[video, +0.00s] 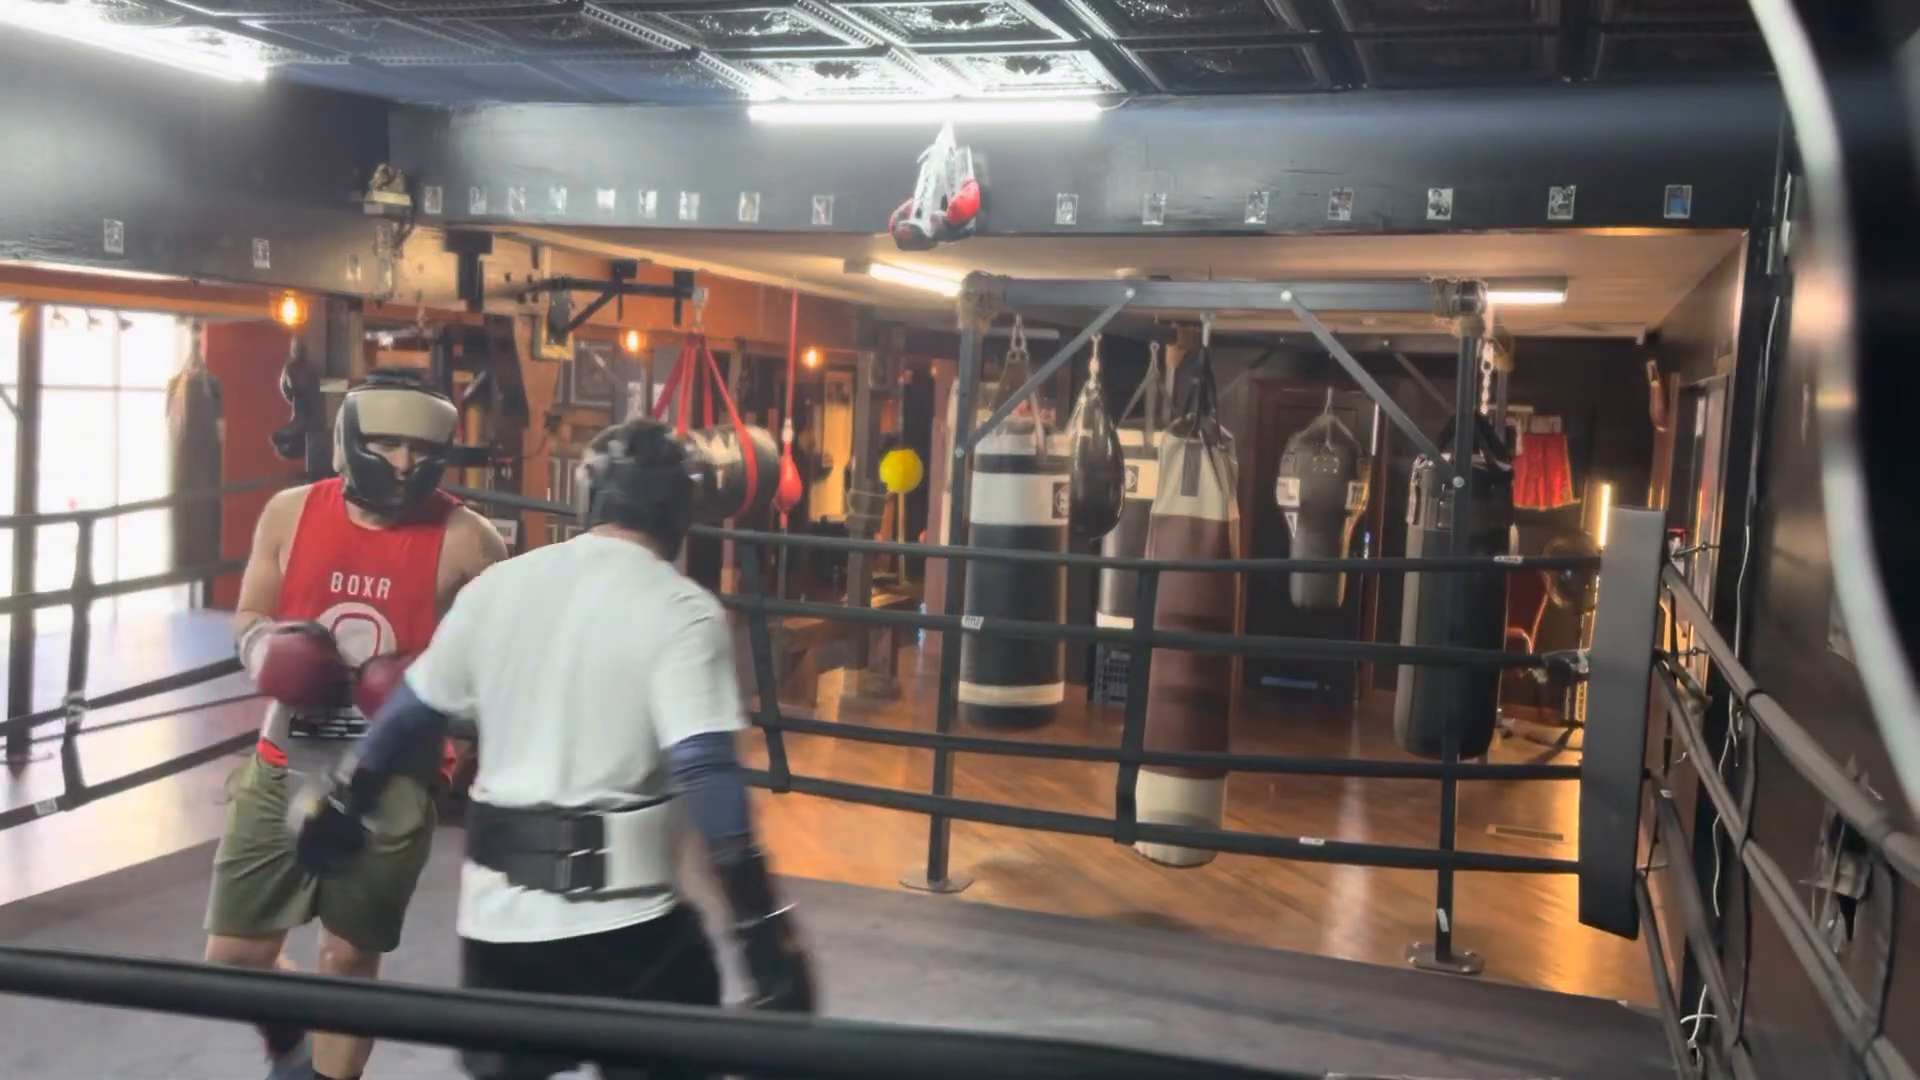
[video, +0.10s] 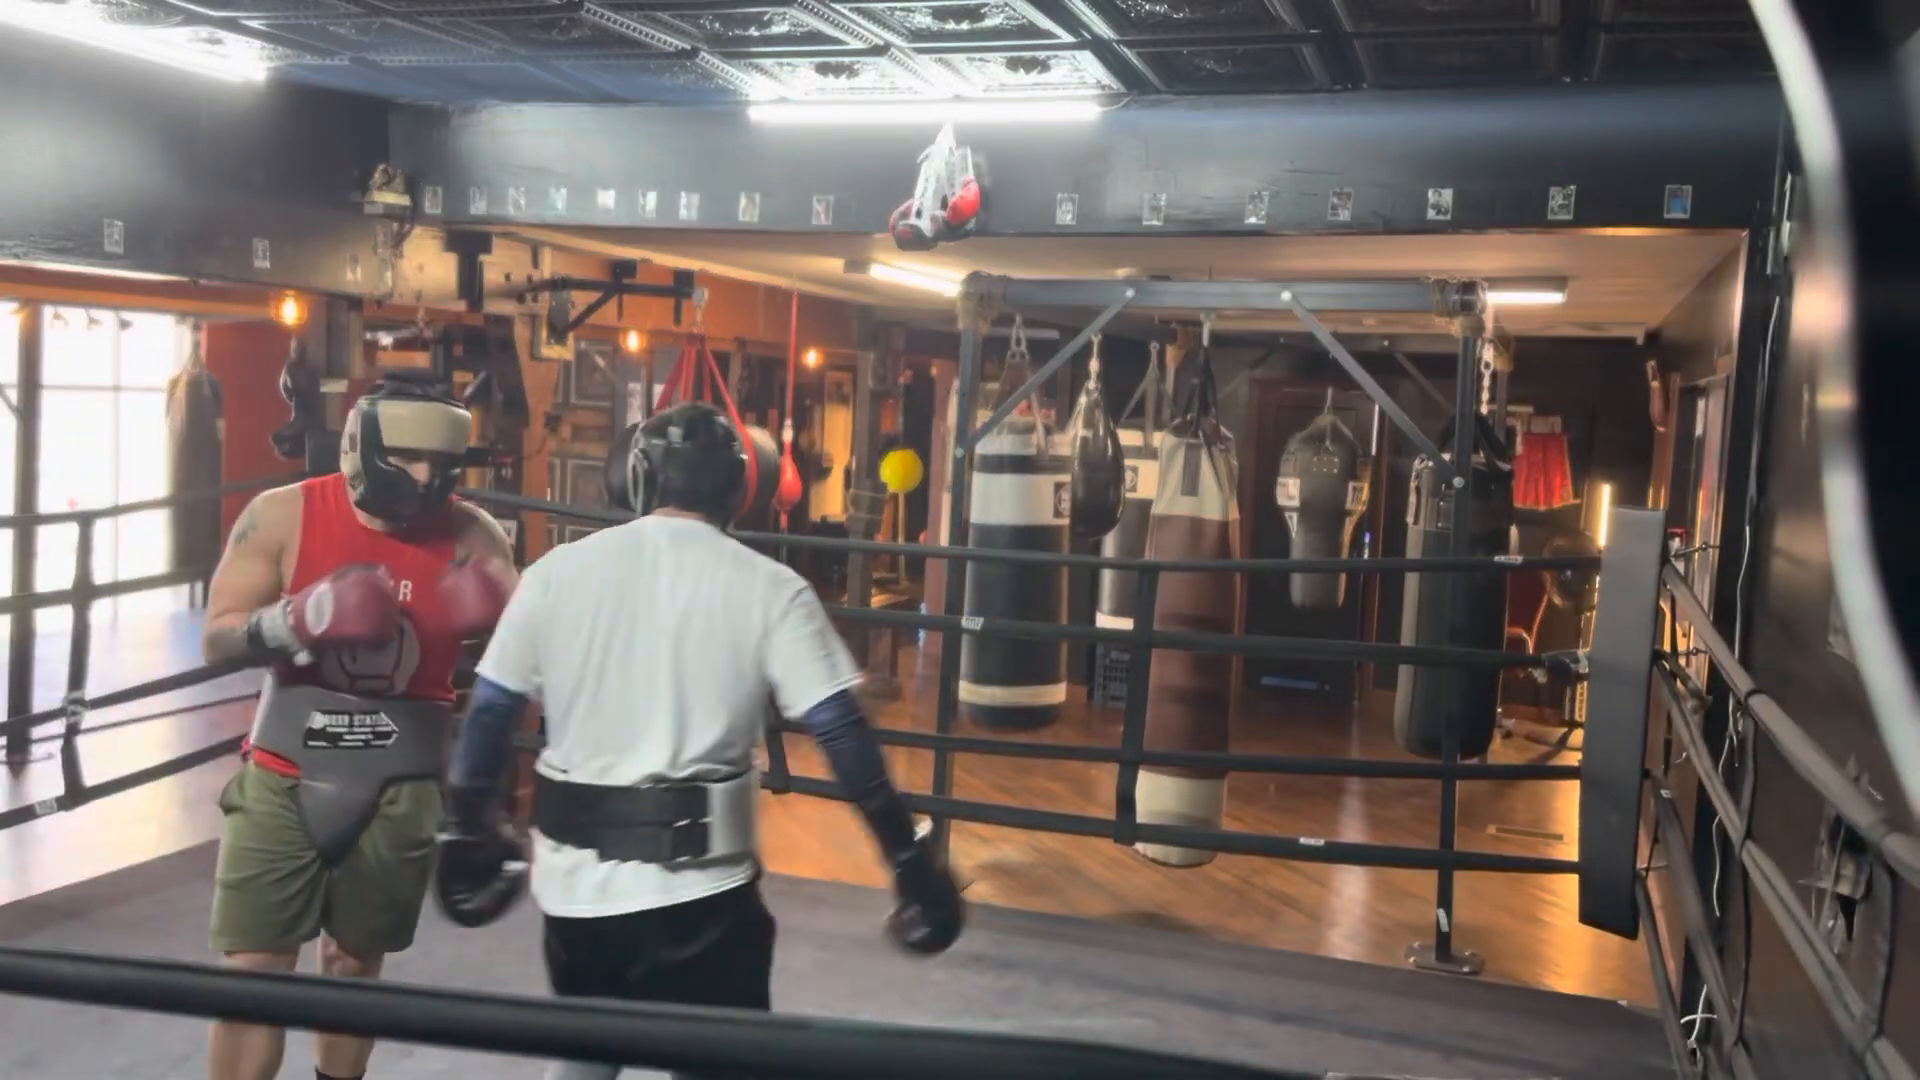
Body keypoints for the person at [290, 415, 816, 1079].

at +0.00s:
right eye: (694, 515)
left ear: (592, 504)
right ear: (680, 518)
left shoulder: (496, 587)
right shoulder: (680, 608)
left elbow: (409, 711)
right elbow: (706, 772)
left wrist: (347, 804)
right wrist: (762, 926)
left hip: (499, 935)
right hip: (628, 935)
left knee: (503, 1067)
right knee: (695, 1066)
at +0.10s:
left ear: (635, 482)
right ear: (734, 495)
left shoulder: (556, 573)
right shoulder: (768, 587)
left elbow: (488, 714)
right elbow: (841, 729)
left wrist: (468, 831)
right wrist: (909, 858)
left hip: (575, 898)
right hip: (702, 900)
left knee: (586, 1050)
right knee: (718, 1064)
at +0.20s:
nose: (776, 494)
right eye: (770, 481)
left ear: (658, 481)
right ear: (754, 488)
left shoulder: (583, 569)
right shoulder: (800, 581)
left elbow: (519, 699)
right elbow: (884, 712)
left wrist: (514, 821)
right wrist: (953, 811)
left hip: (601, 882)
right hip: (728, 883)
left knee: (622, 1058)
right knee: (746, 1068)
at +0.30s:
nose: (676, 490)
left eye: (681, 480)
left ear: (690, 488)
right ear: (782, 493)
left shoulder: (632, 575)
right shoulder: (842, 580)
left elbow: (550, 695)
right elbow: (936, 694)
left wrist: (556, 796)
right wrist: (979, 747)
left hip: (655, 881)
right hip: (780, 881)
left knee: (670, 1056)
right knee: (765, 1062)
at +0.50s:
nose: (699, 509)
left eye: (706, 493)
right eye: (700, 492)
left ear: (741, 495)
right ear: (798, 490)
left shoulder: (692, 578)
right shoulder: (886, 568)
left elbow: (593, 687)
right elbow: (938, 686)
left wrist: (611, 727)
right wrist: (859, 659)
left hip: (732, 868)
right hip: (857, 867)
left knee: (716, 1046)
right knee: (883, 1025)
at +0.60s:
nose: (719, 514)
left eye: (727, 497)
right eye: (718, 497)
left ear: (772, 492)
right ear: (812, 487)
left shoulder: (733, 571)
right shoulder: (910, 562)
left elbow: (636, 676)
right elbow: (945, 681)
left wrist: (611, 649)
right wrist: (864, 660)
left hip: (773, 850)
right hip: (895, 845)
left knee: (747, 1030)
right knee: (920, 996)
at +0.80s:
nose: (787, 541)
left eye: (797, 525)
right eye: (786, 525)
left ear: (849, 522)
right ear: (855, 521)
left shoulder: (848, 594)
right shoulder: (942, 579)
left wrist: (742, 649)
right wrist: (795, 609)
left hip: (868, 856)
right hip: (962, 850)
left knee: (780, 1018)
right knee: (973, 993)